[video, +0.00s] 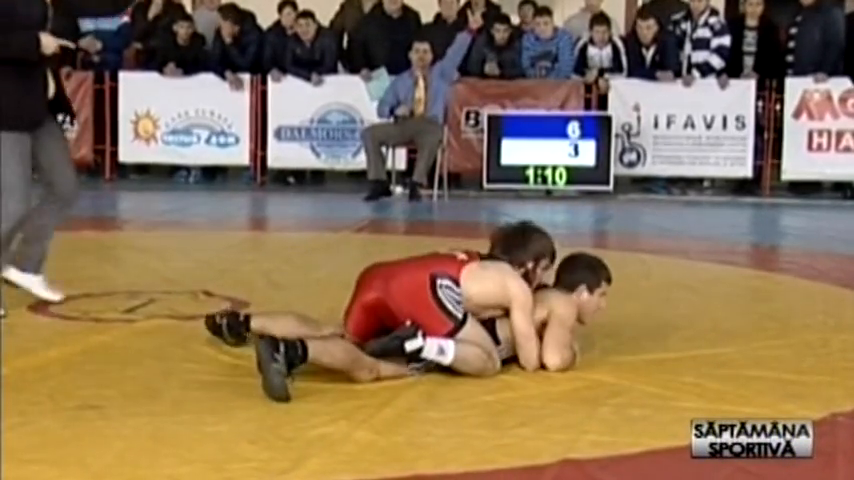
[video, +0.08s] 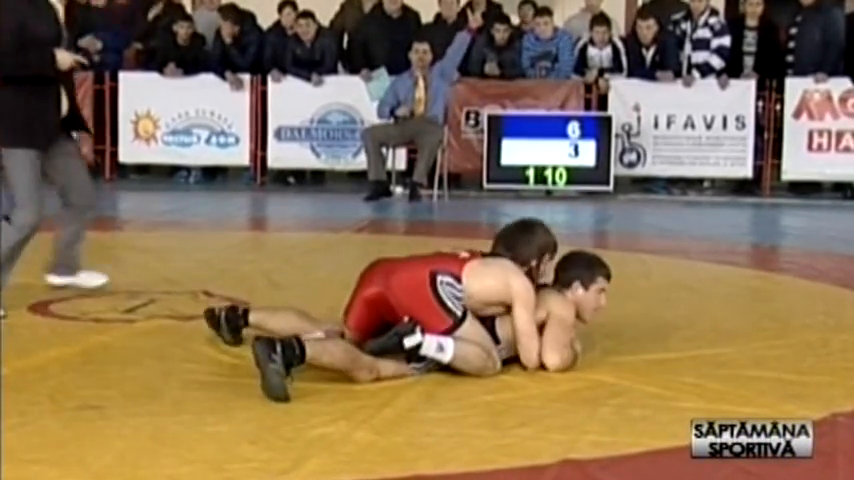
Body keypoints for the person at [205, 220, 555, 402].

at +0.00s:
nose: (545, 272)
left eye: (547, 265)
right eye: (545, 265)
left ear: (504, 253)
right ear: (532, 264)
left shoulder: (475, 264)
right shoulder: (515, 285)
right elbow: (528, 360)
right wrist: (536, 324)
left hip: (374, 280)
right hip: (413, 288)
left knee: (349, 347)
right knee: (483, 361)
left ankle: (247, 321)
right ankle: (417, 345)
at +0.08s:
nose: (549, 266)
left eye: (551, 259)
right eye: (549, 259)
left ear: (505, 249)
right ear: (536, 260)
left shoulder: (481, 262)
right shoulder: (518, 282)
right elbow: (529, 358)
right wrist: (544, 325)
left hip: (378, 274)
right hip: (413, 285)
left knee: (345, 341)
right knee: (484, 362)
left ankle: (245, 316)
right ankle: (416, 342)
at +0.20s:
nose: (554, 268)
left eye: (555, 261)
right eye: (553, 261)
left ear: (514, 247)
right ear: (541, 261)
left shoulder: (491, 259)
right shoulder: (522, 273)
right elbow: (530, 343)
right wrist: (544, 312)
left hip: (389, 266)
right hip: (423, 277)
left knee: (347, 338)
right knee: (489, 363)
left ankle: (241, 311)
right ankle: (418, 337)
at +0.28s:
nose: (555, 273)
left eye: (556, 267)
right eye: (556, 266)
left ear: (518, 247)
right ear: (544, 262)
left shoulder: (490, 259)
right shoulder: (523, 272)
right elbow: (533, 340)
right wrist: (563, 342)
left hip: (390, 265)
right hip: (429, 274)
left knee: (346, 341)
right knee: (489, 362)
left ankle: (240, 312)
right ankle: (422, 334)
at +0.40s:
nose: (609, 301)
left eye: (612, 295)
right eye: (605, 291)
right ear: (579, 283)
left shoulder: (558, 299)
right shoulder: (559, 304)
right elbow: (548, 354)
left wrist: (570, 340)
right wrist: (571, 353)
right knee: (368, 366)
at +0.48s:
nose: (612, 299)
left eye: (614, 291)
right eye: (608, 289)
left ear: (582, 286)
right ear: (583, 285)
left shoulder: (557, 298)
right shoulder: (561, 306)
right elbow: (548, 358)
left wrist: (572, 341)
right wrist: (572, 353)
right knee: (368, 365)